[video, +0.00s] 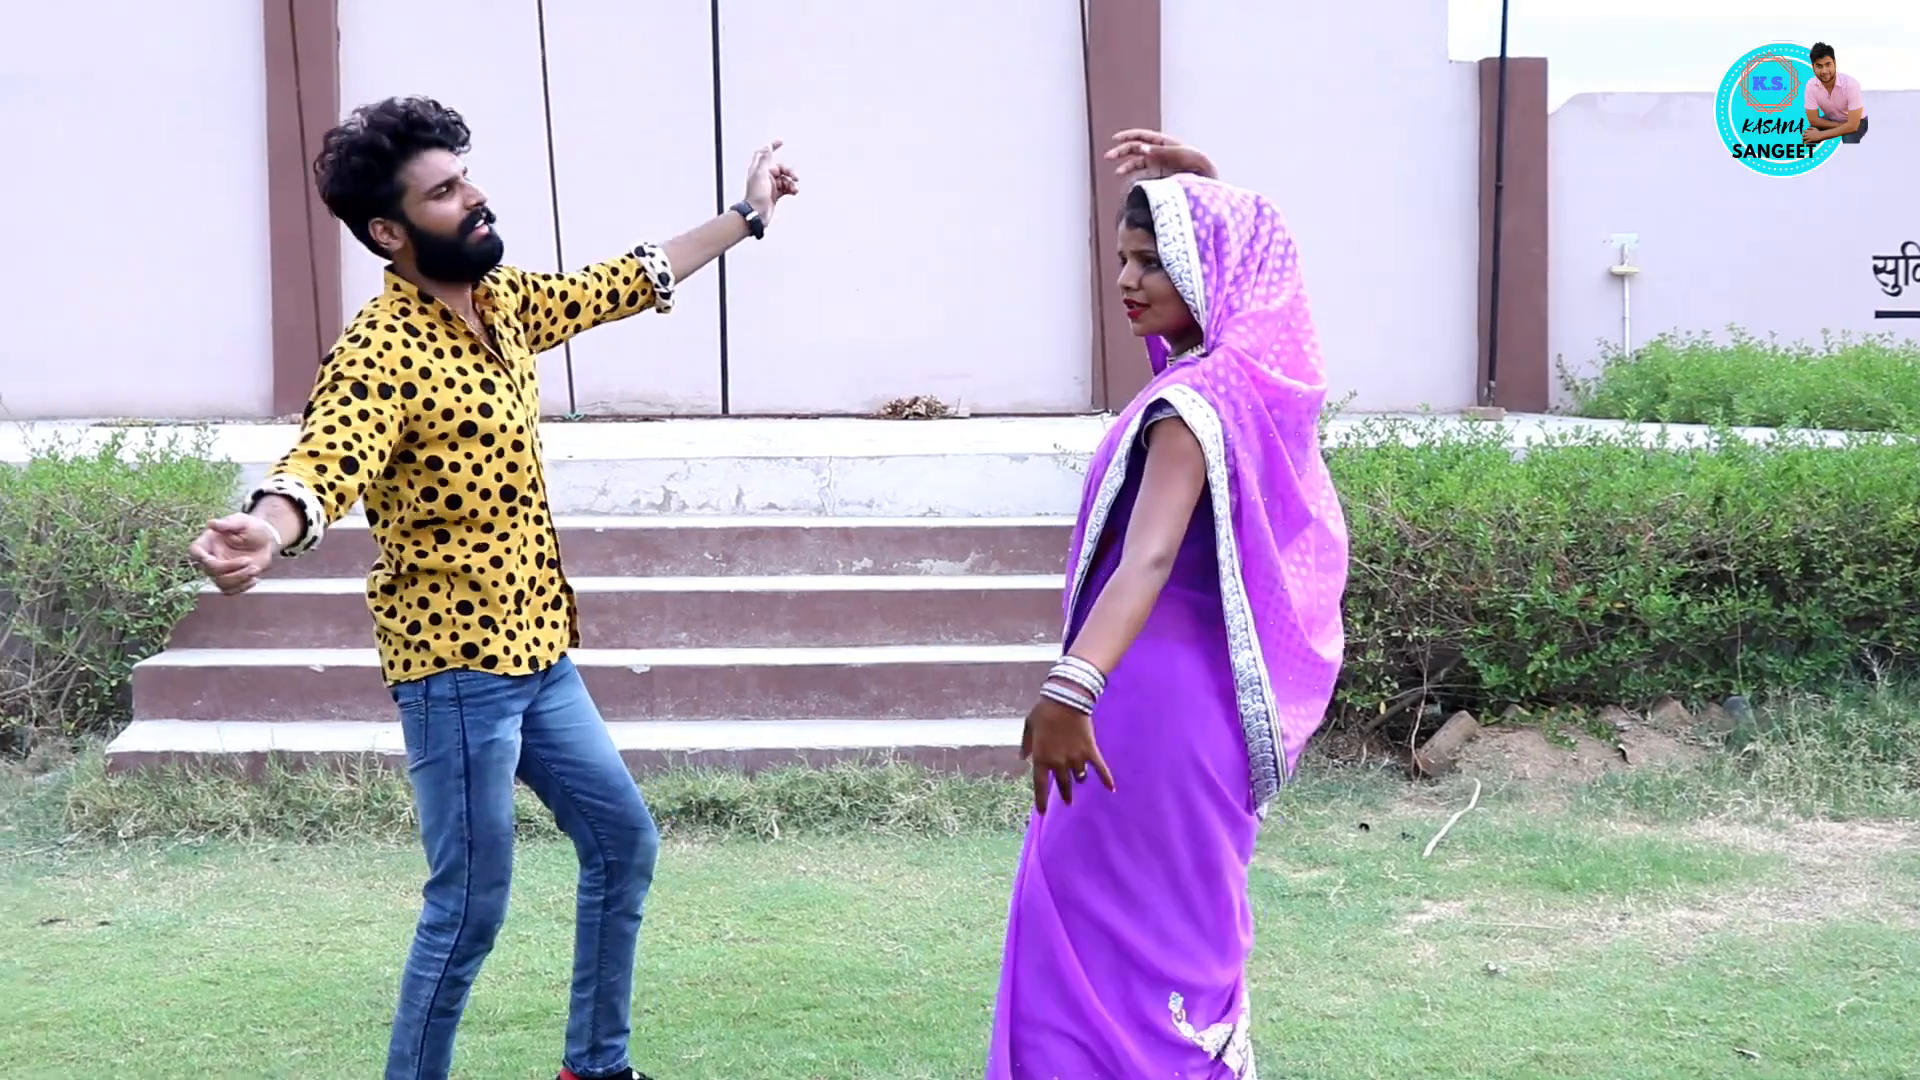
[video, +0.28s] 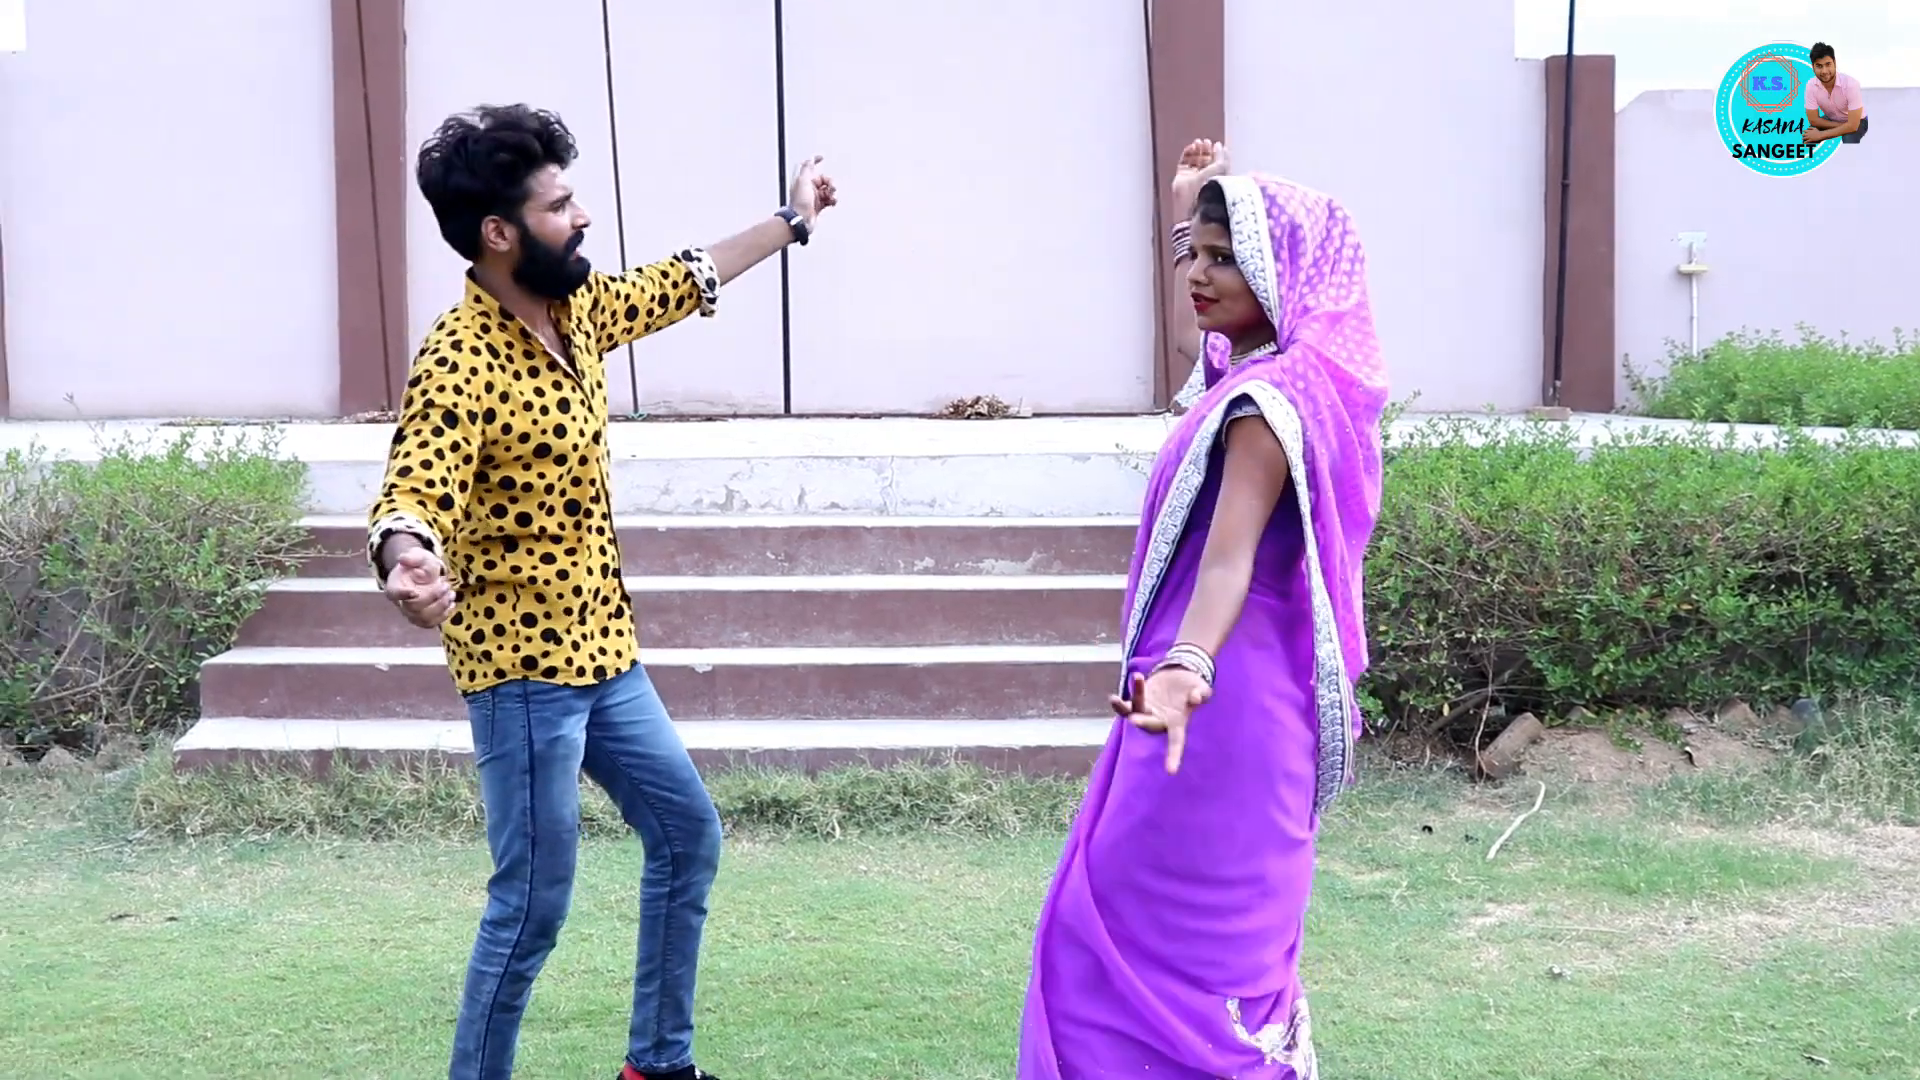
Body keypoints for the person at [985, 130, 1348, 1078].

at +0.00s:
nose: (1123, 281)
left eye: (1144, 262)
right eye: (1121, 260)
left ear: (1208, 275)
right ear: (1226, 278)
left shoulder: (1189, 405)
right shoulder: (1266, 384)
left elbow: (1149, 561)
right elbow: (1256, 265)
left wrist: (1069, 686)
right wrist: (1205, 181)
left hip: (1148, 714)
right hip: (1213, 712)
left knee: (1078, 963)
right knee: (1189, 959)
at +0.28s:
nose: (1197, 275)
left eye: (1220, 258)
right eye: (1193, 257)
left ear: (1282, 275)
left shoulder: (1263, 403)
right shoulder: (1300, 372)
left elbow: (1230, 555)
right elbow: (1207, 317)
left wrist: (1186, 662)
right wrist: (1188, 207)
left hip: (1216, 717)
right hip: (1263, 711)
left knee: (1086, 928)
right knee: (1244, 953)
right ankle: (1259, 1062)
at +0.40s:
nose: (1207, 259)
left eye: (1231, 245)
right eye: (1206, 240)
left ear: (1296, 267)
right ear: (1200, 244)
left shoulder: (1296, 390)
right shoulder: (1262, 368)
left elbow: (1287, 543)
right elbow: (1199, 318)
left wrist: (1253, 606)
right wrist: (1184, 210)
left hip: (1231, 711)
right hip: (1196, 698)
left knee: (1204, 955)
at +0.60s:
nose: (1205, 243)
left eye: (1229, 225)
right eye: (1208, 227)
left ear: (1294, 252)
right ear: (1252, 261)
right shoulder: (1220, 356)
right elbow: (1160, 321)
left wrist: (1365, 504)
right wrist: (1134, 259)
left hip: (1271, 690)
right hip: (1189, 684)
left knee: (1268, 946)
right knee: (1171, 932)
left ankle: (1296, 1064)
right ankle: (1172, 1066)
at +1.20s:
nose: (1228, 296)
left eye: (1251, 281)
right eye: (1229, 278)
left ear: (1310, 303)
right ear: (1309, 311)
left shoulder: (1296, 416)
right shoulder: (1324, 401)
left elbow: (1267, 464)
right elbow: (1276, 290)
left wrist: (1210, 485)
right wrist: (1270, 201)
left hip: (1218, 727)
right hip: (1259, 726)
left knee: (1116, 955)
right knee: (1235, 979)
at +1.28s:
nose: (1229, 299)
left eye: (1254, 284)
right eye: (1229, 281)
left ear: (1315, 308)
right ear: (1308, 315)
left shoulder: (1293, 423)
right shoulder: (1319, 409)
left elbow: (1247, 490)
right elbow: (1329, 294)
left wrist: (1191, 468)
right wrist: (1293, 200)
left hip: (1223, 736)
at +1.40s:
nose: (1233, 304)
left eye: (1256, 288)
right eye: (1233, 286)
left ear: (1319, 312)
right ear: (1320, 319)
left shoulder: (1307, 432)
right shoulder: (1315, 413)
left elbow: (1219, 518)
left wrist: (1165, 413)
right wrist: (1328, 253)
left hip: (1235, 742)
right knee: (1085, 908)